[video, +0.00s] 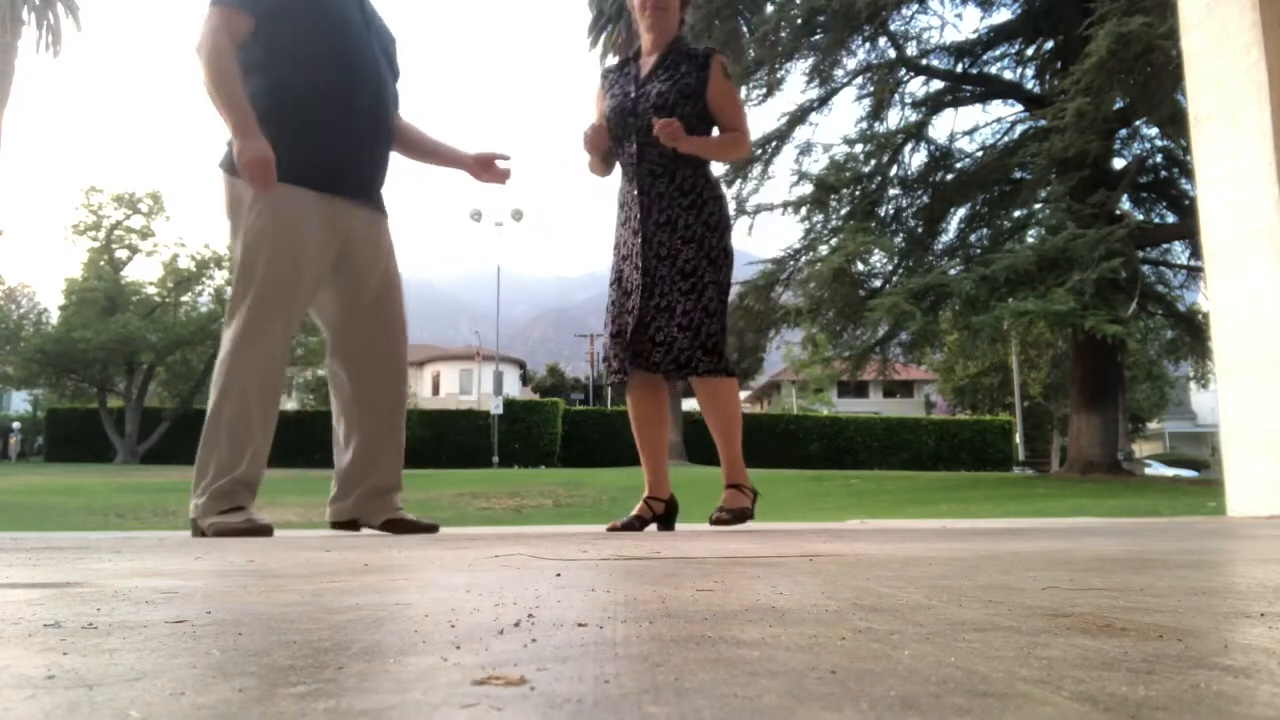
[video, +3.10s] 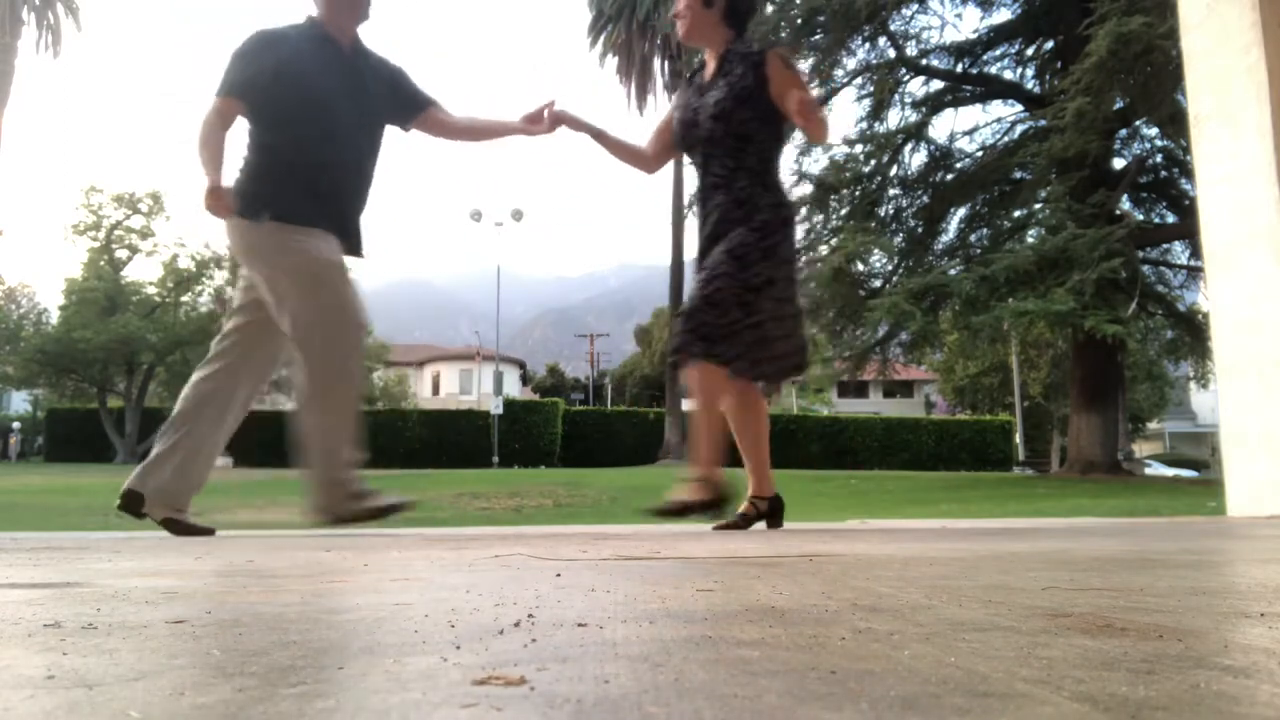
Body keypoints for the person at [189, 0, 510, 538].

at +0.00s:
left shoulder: (377, 29)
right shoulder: (266, 1)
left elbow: (384, 123)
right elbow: (214, 43)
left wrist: (465, 160)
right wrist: (247, 135)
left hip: (360, 206)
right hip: (282, 188)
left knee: (375, 353)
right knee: (257, 346)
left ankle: (366, 500)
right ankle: (221, 505)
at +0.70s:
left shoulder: (352, 32)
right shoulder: (243, 1)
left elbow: (358, 129)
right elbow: (195, 41)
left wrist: (439, 168)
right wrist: (277, 54)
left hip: (323, 201)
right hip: (241, 181)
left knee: (358, 351)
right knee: (247, 343)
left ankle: (341, 505)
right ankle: (219, 506)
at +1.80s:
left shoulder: (365, 16)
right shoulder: (242, 2)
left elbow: (402, 115)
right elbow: (196, 37)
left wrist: (491, 138)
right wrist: (238, 119)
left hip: (332, 192)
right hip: (248, 175)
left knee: (341, 348)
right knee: (236, 344)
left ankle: (340, 504)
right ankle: (219, 505)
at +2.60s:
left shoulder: (353, 38)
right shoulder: (229, 5)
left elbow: (424, 113)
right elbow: (181, 70)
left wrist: (513, 122)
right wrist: (202, 113)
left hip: (314, 208)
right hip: (233, 197)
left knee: (324, 340)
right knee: (239, 350)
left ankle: (266, 485)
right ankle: (250, 503)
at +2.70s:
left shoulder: (353, 47)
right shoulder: (229, 10)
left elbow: (429, 109)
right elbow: (180, 90)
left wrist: (516, 138)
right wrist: (181, 147)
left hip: (303, 221)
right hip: (224, 202)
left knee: (290, 352)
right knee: (233, 353)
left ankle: (184, 459)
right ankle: (251, 504)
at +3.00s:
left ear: (342, 2)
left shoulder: (365, 61)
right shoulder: (249, 31)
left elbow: (436, 104)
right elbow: (194, 107)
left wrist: (521, 111)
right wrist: (184, 169)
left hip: (295, 228)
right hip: (245, 214)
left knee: (234, 353)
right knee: (284, 346)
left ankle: (159, 488)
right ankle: (260, 499)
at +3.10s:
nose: (362, 5)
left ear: (366, 6)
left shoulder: (377, 74)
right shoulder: (271, 47)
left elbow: (443, 123)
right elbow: (216, 122)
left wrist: (521, 126)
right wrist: (213, 181)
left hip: (309, 229)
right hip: (271, 220)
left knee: (239, 364)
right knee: (335, 338)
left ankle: (158, 490)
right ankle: (338, 494)